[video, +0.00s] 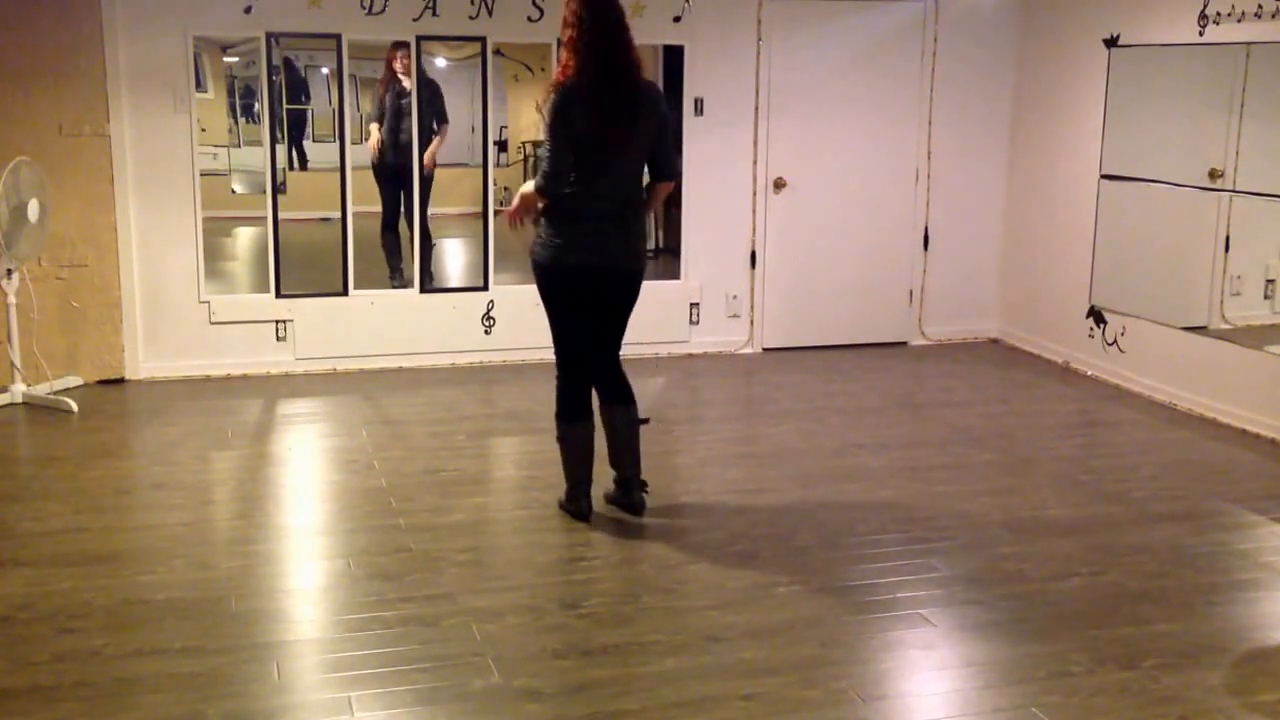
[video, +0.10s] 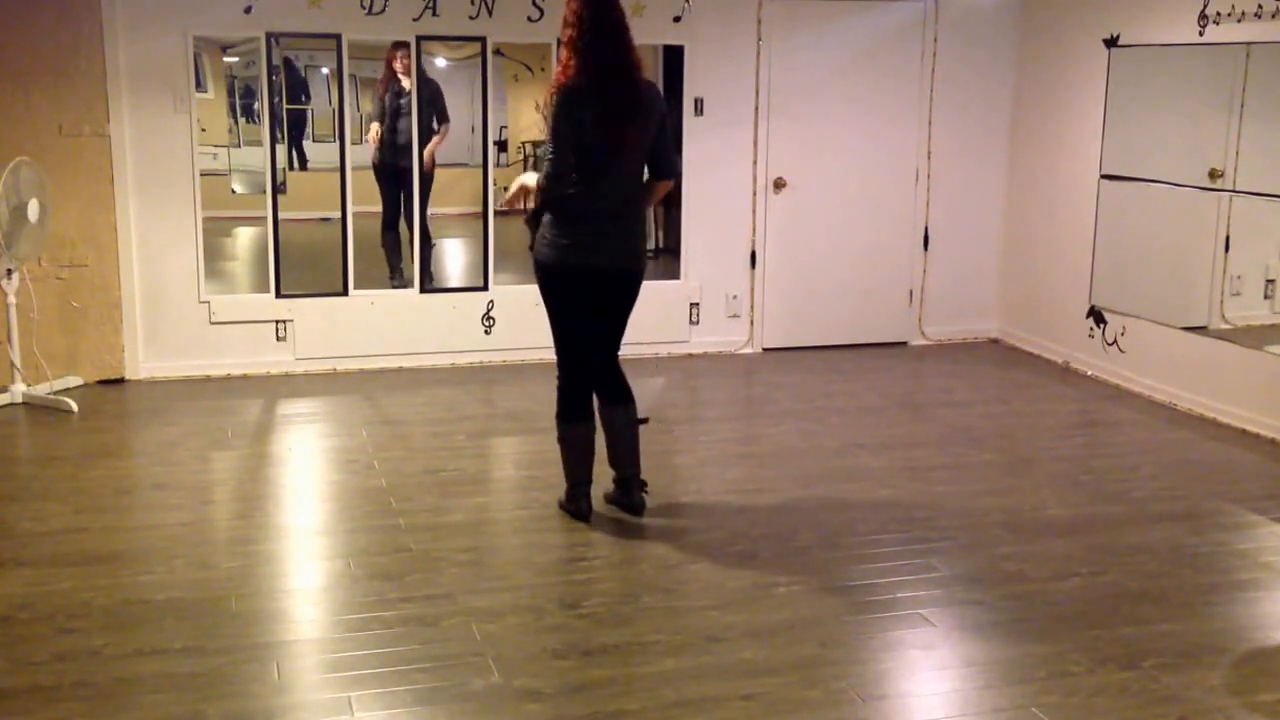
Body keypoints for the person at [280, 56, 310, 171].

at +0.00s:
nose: (282, 71)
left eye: (282, 68)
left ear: (283, 67)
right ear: (293, 65)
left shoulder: (282, 80)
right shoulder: (301, 78)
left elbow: (278, 97)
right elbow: (307, 96)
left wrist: (279, 110)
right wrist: (304, 106)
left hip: (287, 113)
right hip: (300, 112)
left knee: (288, 142)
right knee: (299, 141)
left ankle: (289, 167)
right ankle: (303, 164)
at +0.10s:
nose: (282, 71)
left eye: (282, 68)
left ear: (283, 67)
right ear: (293, 65)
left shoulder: (282, 80)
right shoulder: (301, 78)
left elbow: (278, 96)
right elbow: (307, 96)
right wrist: (304, 105)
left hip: (287, 112)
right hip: (300, 112)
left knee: (288, 142)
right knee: (298, 142)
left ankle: (290, 167)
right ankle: (303, 165)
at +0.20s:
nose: (282, 71)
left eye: (282, 69)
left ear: (283, 68)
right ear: (293, 65)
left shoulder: (283, 80)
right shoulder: (301, 78)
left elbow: (281, 96)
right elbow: (307, 96)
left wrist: (278, 101)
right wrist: (305, 104)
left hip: (287, 112)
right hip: (300, 111)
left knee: (288, 142)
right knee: (298, 142)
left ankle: (290, 167)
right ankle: (303, 165)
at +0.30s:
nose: (282, 71)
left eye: (282, 68)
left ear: (283, 68)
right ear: (293, 65)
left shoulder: (282, 79)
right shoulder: (300, 78)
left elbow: (281, 95)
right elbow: (308, 95)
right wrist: (303, 102)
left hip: (287, 112)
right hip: (300, 112)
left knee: (288, 143)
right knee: (298, 142)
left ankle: (290, 168)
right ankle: (303, 165)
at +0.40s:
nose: (282, 71)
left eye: (282, 68)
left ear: (283, 68)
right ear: (293, 65)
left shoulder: (282, 79)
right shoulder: (300, 77)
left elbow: (280, 95)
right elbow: (308, 94)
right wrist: (304, 101)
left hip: (287, 112)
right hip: (300, 111)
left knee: (288, 143)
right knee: (298, 142)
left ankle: (290, 168)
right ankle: (303, 166)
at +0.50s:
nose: (282, 71)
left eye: (282, 68)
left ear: (282, 68)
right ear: (293, 65)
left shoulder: (282, 79)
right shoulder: (300, 78)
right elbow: (308, 94)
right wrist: (304, 101)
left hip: (287, 112)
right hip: (300, 112)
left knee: (288, 143)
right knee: (298, 142)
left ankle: (290, 168)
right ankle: (303, 166)